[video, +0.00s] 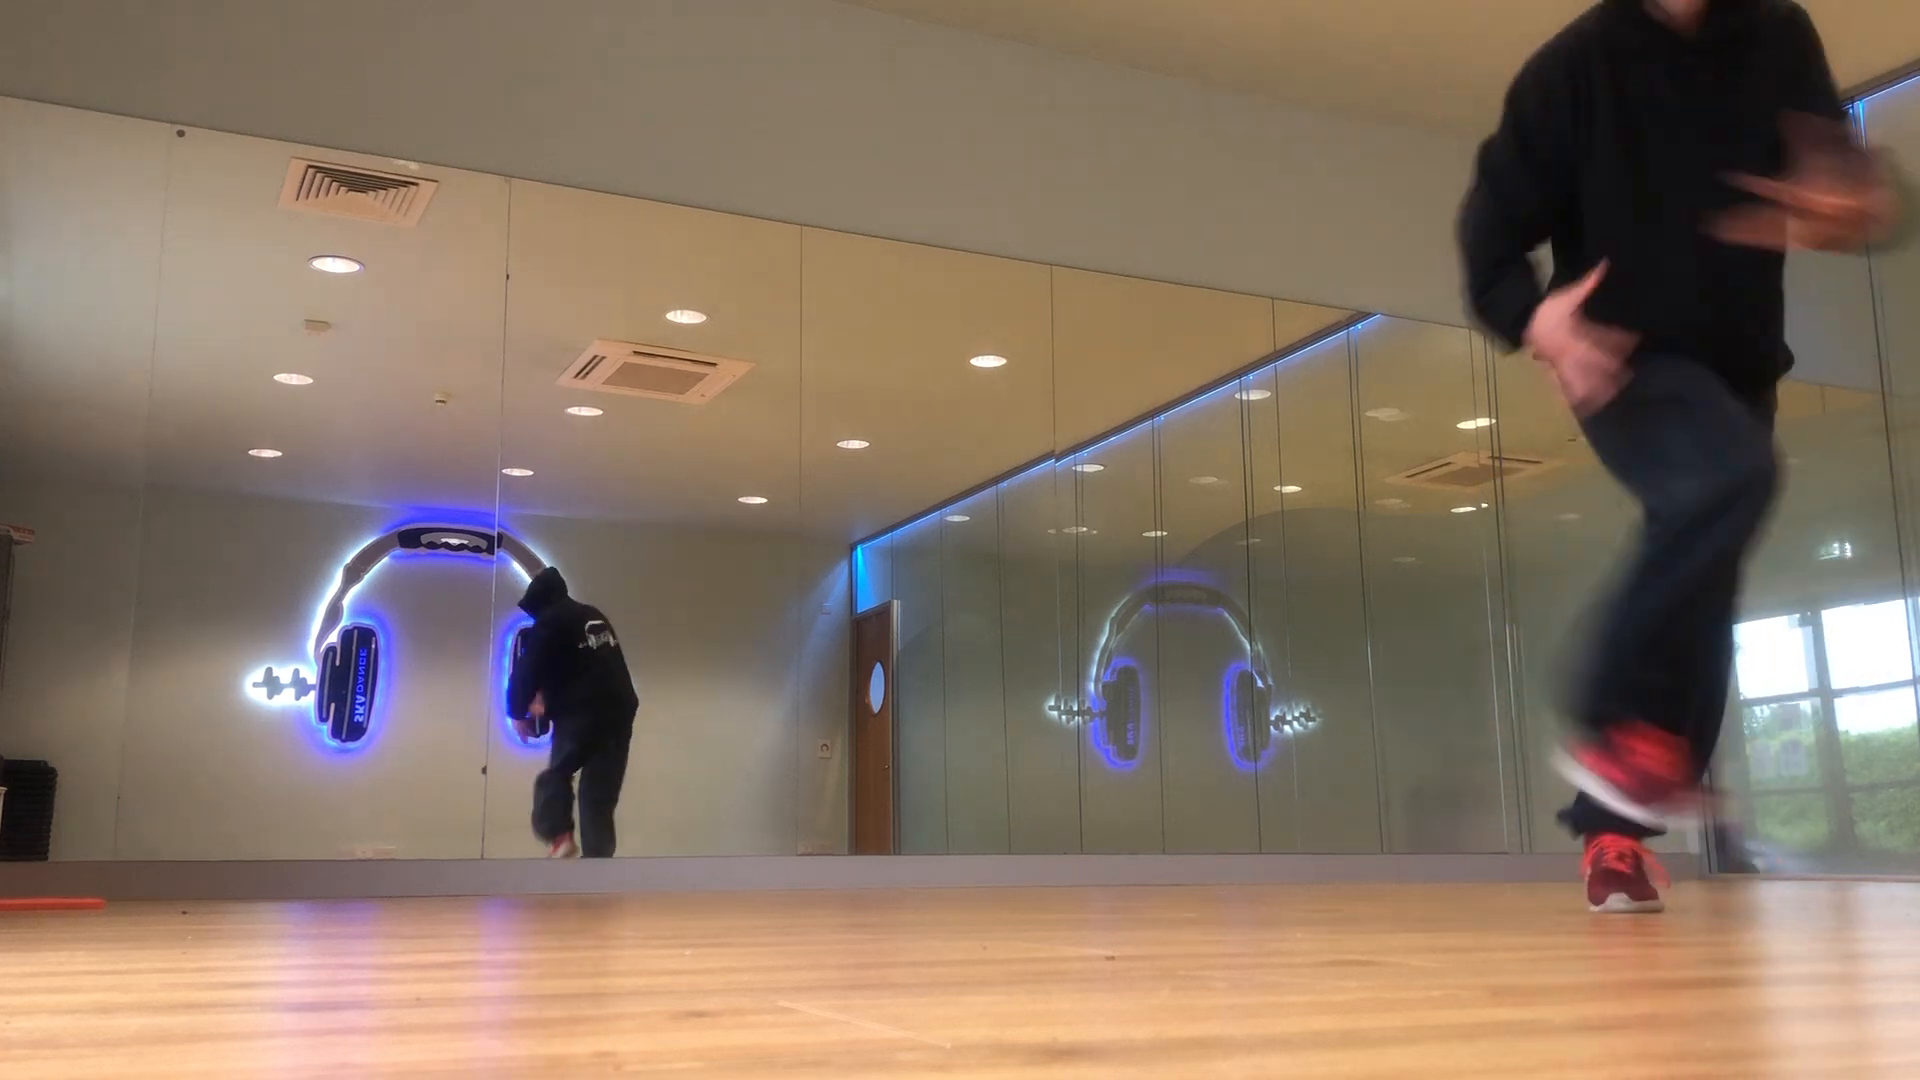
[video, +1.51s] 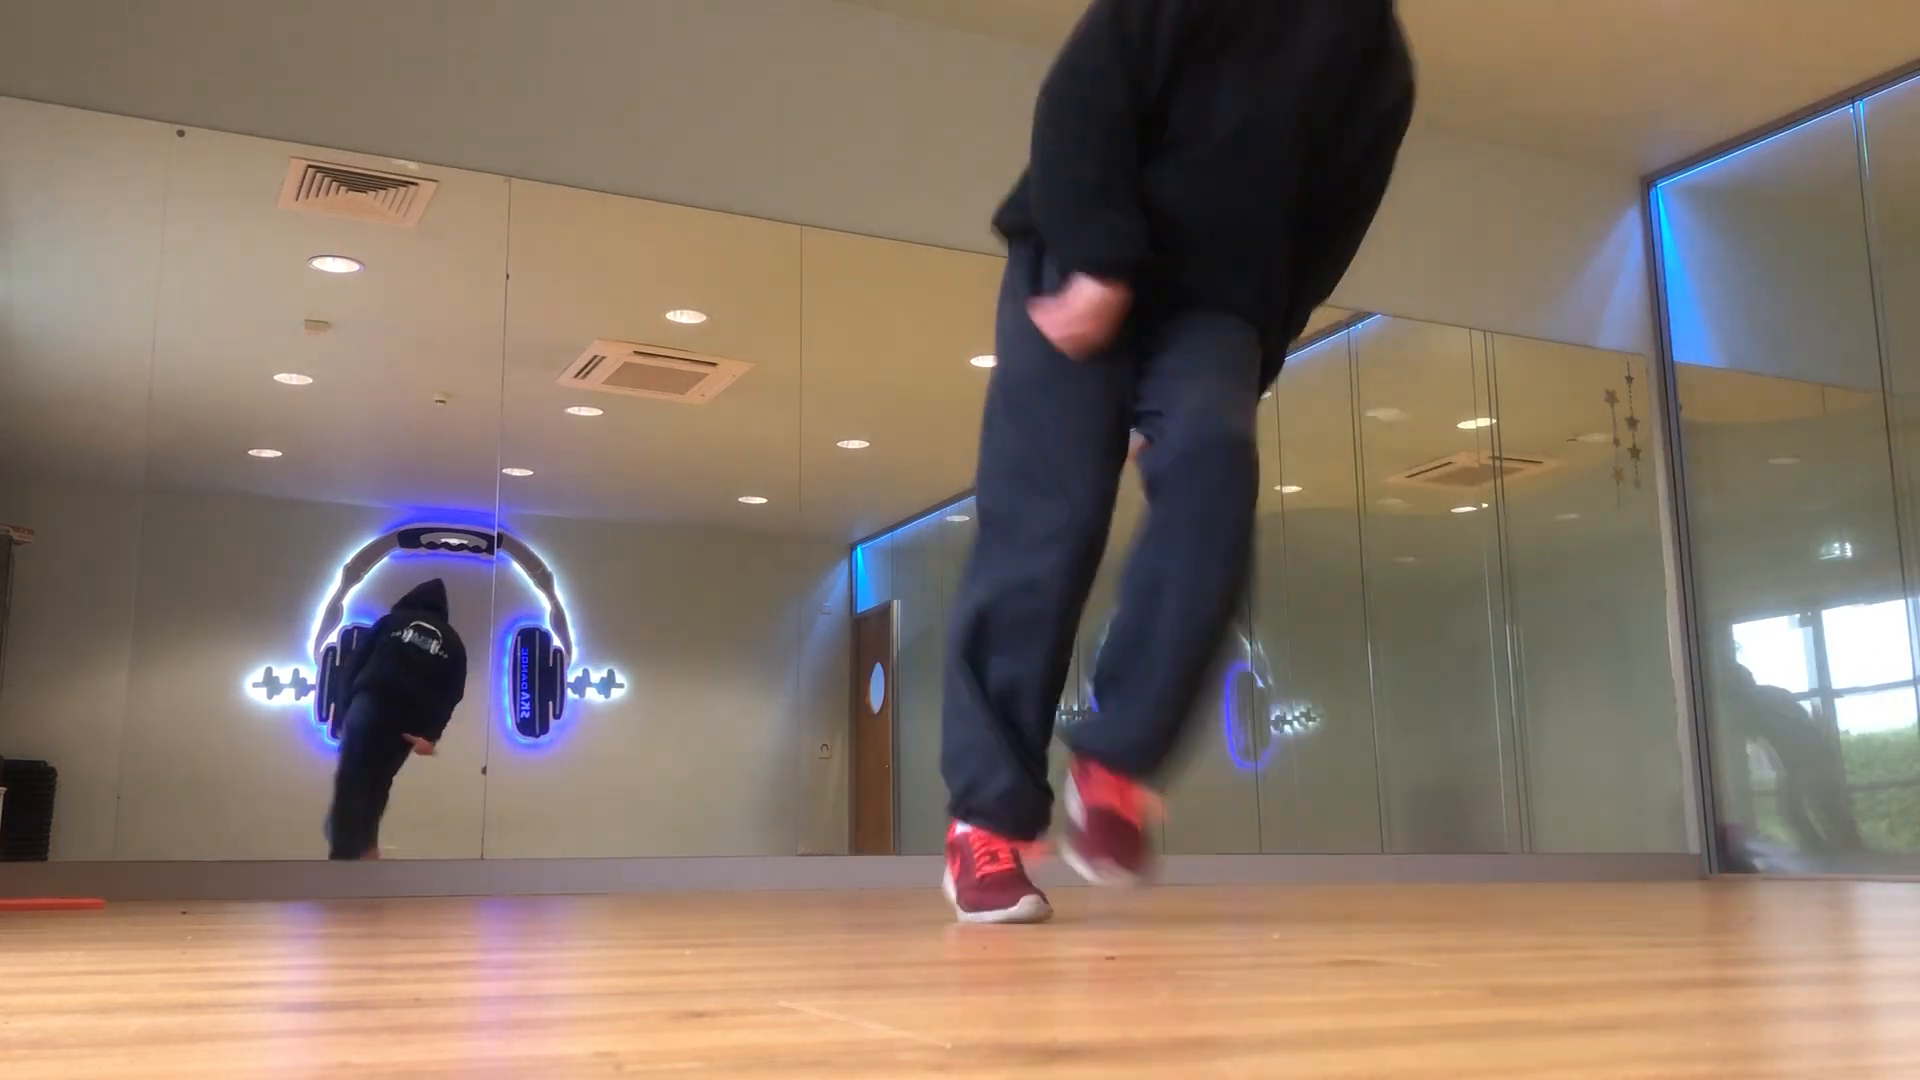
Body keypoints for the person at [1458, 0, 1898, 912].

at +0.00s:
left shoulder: (1775, 34)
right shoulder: (1578, 66)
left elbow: (1846, 182)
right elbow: (1489, 223)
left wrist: (1843, 211)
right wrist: (1529, 319)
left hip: (1739, 354)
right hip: (1618, 352)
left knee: (1700, 591)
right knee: (1727, 471)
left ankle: (1617, 825)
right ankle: (1618, 717)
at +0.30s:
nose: (1732, 5)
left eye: (1737, 0)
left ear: (1724, 5)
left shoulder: (1728, 72)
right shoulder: (1585, 88)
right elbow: (1519, 274)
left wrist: (1844, 244)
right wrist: (1595, 414)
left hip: (1744, 392)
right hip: (1676, 405)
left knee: (1800, 618)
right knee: (1873, 583)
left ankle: (1615, 789)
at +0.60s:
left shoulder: (1458, 30)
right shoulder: (1621, 14)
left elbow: (1357, 176)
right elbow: (1650, 158)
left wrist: (1404, 300)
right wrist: (1608, 261)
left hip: (1423, 326)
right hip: (1519, 318)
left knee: (1506, 578)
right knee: (1620, 535)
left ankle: (1518, 829)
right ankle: (1376, 616)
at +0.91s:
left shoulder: (1317, 31)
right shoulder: (1481, 13)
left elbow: (1354, 191)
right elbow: (1524, 206)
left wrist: (1531, 238)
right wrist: (1442, 309)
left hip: (1253, 320)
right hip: (1355, 314)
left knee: (1332, 582)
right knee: (1415, 584)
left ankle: (1325, 830)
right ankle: (1238, 810)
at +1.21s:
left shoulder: (1394, 74)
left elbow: (1320, 231)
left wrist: (1433, 335)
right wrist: (1309, 36)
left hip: (1271, 267)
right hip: (1162, 210)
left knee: (1330, 495)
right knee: (1178, 495)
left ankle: (1314, 793)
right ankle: (996, 771)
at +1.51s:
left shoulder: (1376, 62)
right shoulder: (1169, 9)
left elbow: (1329, 230)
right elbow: (1086, 91)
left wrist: (1253, 356)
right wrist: (1094, 257)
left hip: (1219, 293)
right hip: (1079, 250)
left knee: (1214, 483)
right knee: (1045, 532)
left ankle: (1115, 760)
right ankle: (989, 821)